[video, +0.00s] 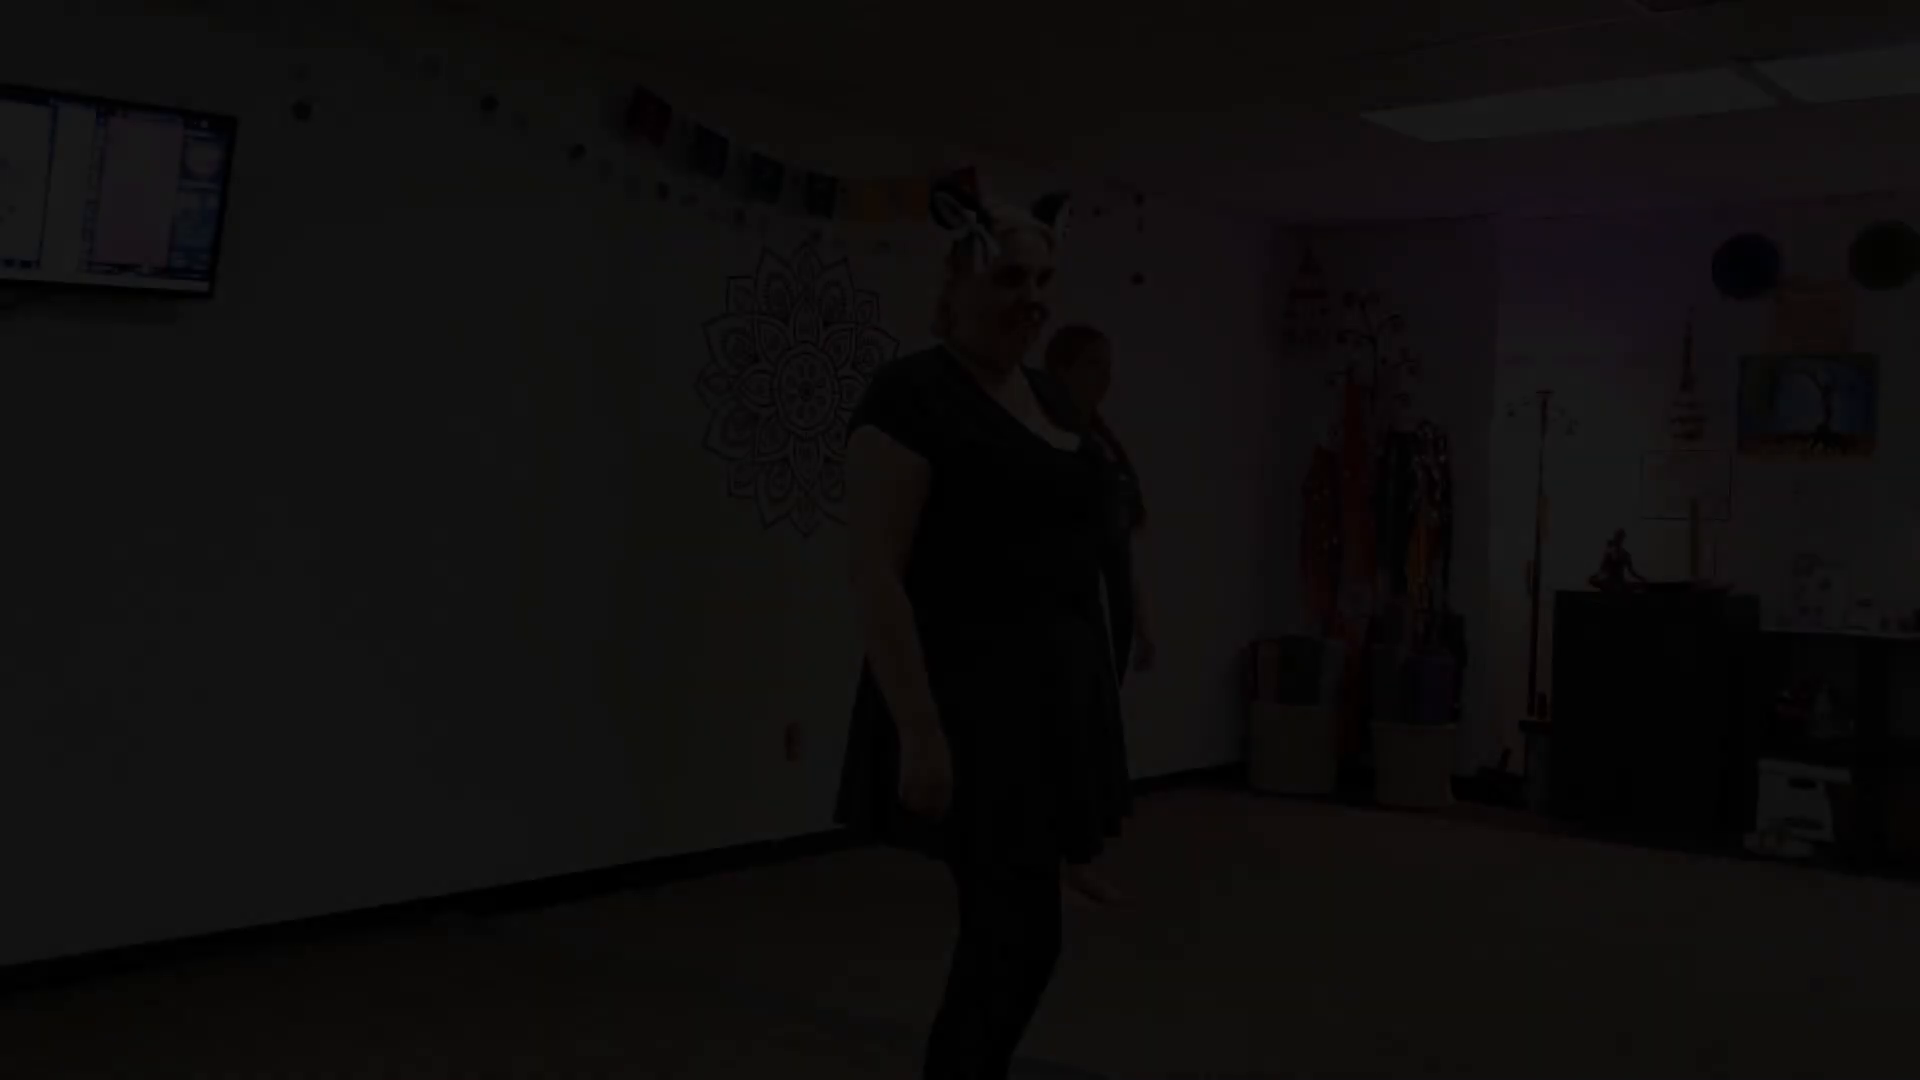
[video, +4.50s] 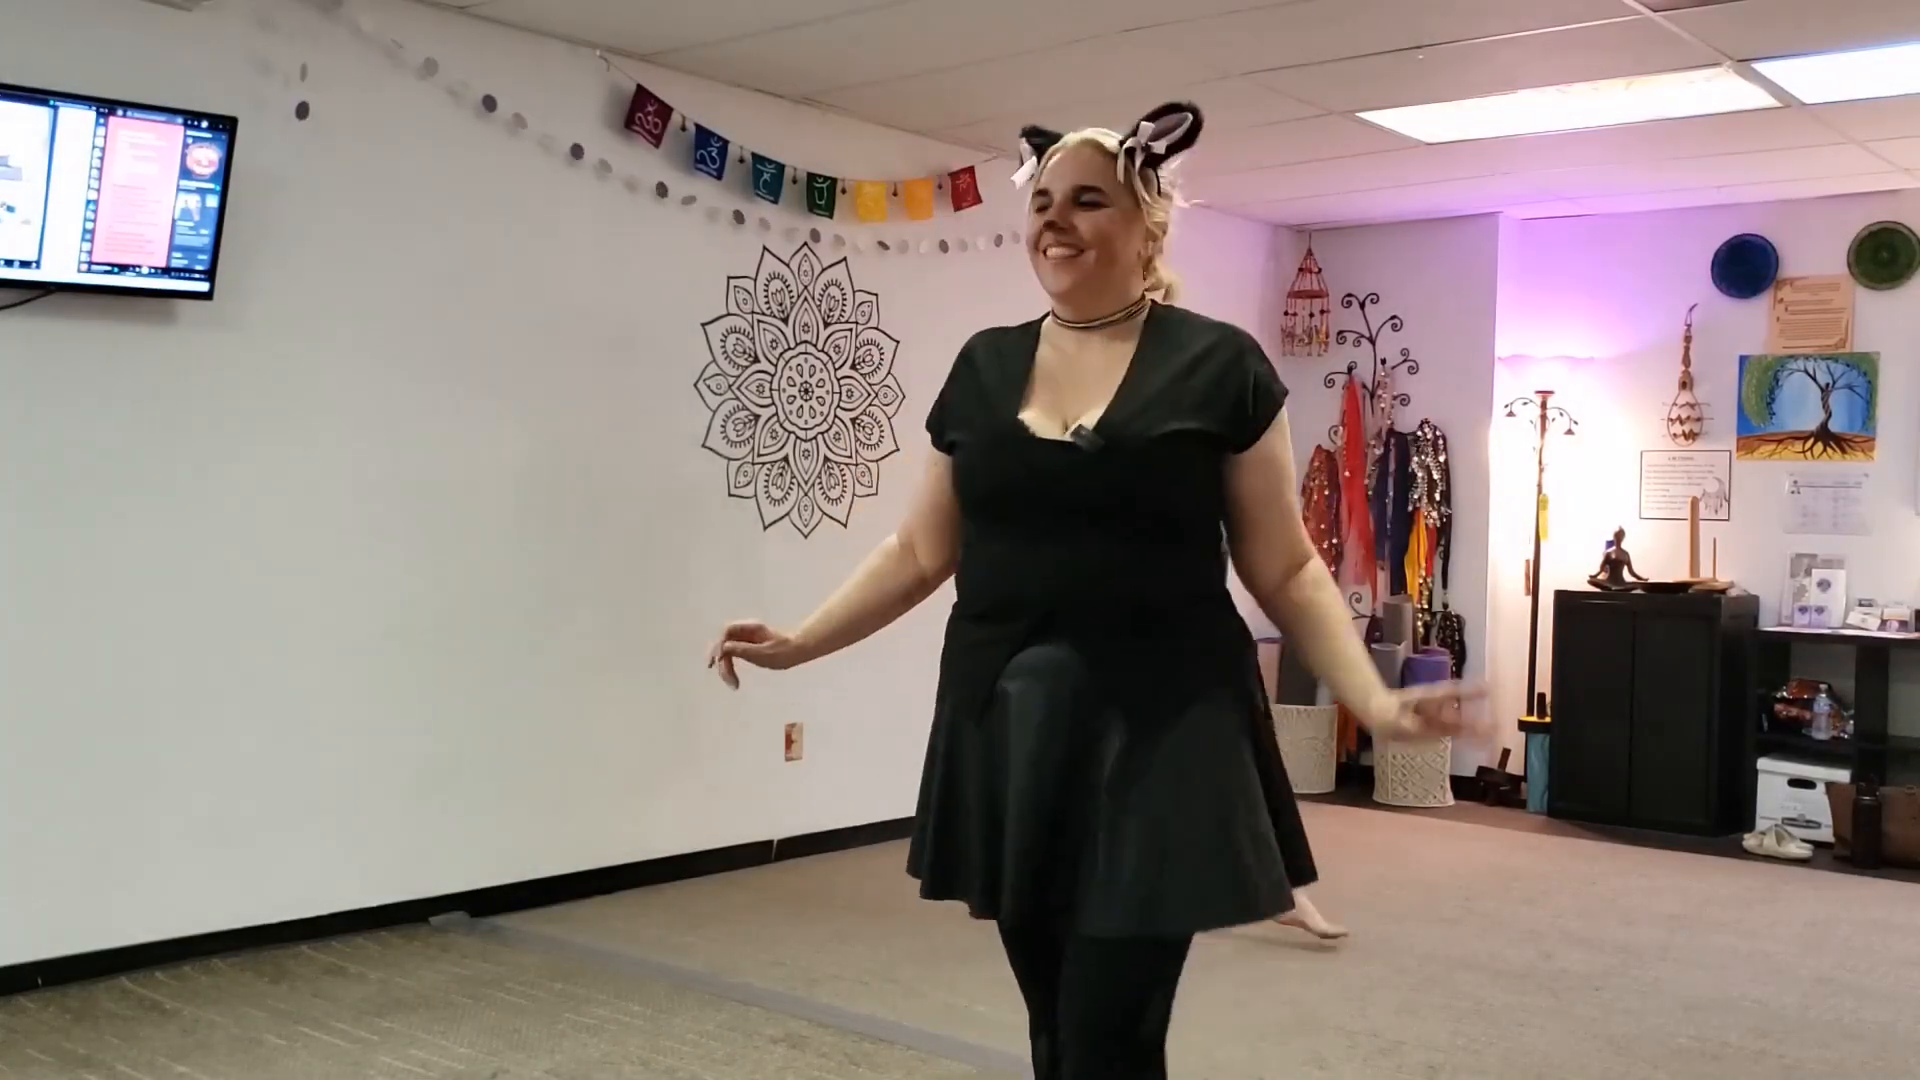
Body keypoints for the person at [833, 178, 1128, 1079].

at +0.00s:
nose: (1032, 300)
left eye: (1043, 282)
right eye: (1010, 279)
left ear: (1050, 291)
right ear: (957, 286)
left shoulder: (1040, 403)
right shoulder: (913, 396)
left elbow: (1070, 564)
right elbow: (874, 571)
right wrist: (919, 730)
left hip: (1048, 704)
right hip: (963, 709)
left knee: (1019, 940)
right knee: (1008, 945)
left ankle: (972, 1070)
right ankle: (957, 1075)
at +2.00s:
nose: (1028, 283)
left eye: (1036, 268)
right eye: (1004, 264)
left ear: (1043, 283)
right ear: (941, 282)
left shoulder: (1053, 394)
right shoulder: (902, 388)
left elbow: (1092, 555)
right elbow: (863, 564)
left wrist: (1112, 681)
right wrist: (910, 721)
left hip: (1055, 690)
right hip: (959, 692)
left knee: (1015, 938)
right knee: (1015, 940)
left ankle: (967, 1072)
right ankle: (955, 1070)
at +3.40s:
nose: (1048, 282)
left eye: (1059, 265)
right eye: (1025, 264)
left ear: (1068, 271)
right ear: (967, 272)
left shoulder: (1075, 383)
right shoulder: (921, 375)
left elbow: (1116, 549)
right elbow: (846, 541)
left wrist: (1222, 635)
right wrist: (830, 698)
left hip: (1051, 666)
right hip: (942, 664)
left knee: (990, 918)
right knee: (1074, 898)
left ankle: (965, 1076)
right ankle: (1033, 1070)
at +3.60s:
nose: (1061, 276)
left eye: (1074, 258)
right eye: (1035, 259)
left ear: (1088, 275)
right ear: (989, 276)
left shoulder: (1109, 401)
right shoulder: (945, 376)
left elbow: (1157, 555)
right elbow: (854, 534)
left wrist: (1310, 548)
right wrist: (778, 678)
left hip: (1071, 678)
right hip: (960, 680)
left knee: (999, 932)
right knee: (1061, 940)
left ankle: (972, 1074)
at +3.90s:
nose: (1079, 266)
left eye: (1096, 247)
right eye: (1054, 253)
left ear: (1127, 268)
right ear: (1023, 284)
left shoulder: (1181, 398)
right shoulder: (982, 389)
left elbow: (1258, 547)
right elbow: (879, 552)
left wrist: (1384, 456)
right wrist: (772, 681)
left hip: (1136, 715)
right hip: (998, 709)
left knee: (1101, 966)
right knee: (1070, 977)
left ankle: (1016, 1065)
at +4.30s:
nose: (1081, 243)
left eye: (1108, 227)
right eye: (1061, 225)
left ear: (1150, 253)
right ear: (1037, 249)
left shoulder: (1214, 364)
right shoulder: (983, 377)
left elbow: (1299, 534)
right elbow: (894, 550)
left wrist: (1424, 547)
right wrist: (766, 637)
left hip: (1180, 718)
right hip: (1024, 721)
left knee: (1168, 996)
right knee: (1073, 1008)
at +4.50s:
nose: (1054, 222)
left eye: (1086, 201)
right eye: (1042, 206)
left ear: (1148, 224)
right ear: (1029, 234)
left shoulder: (1219, 369)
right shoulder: (989, 367)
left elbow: (1286, 569)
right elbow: (918, 551)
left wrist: (1374, 699)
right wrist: (803, 641)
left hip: (1164, 749)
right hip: (1010, 748)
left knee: (1103, 1047)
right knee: (1061, 1041)